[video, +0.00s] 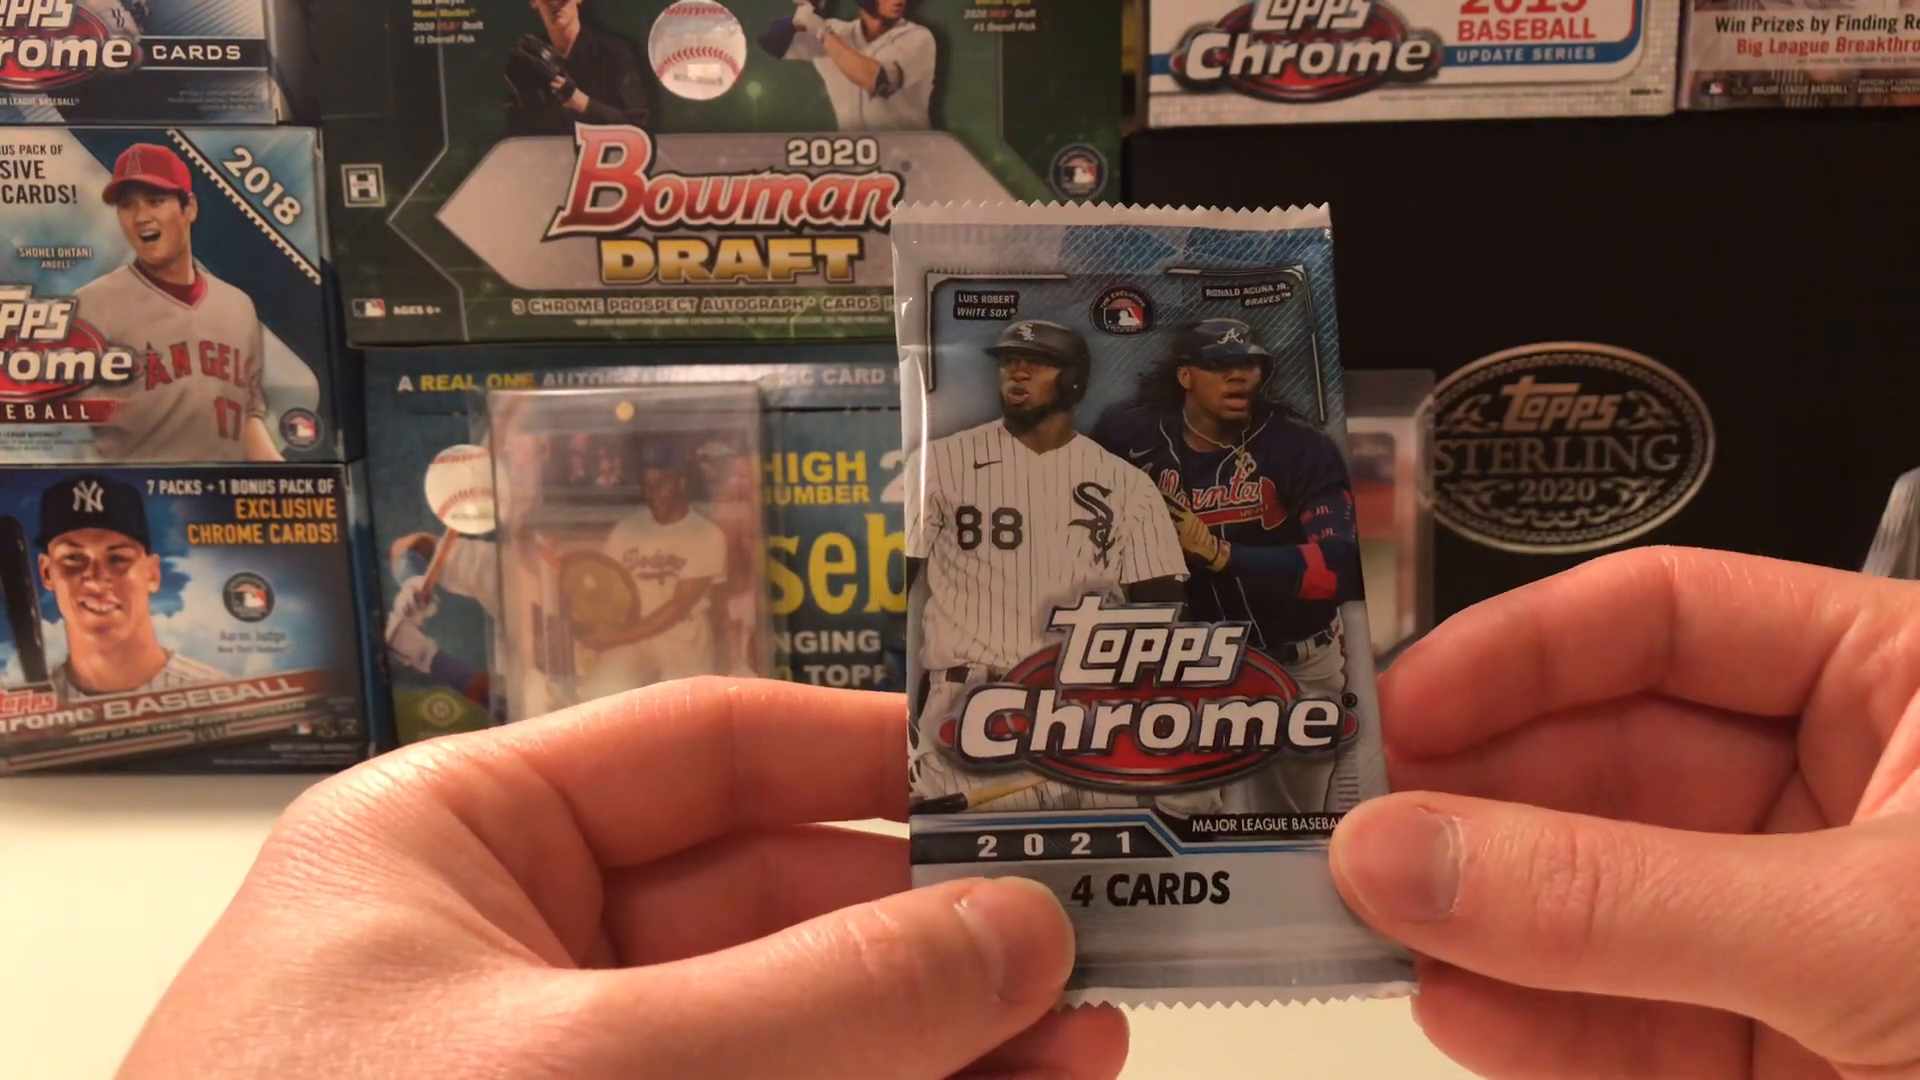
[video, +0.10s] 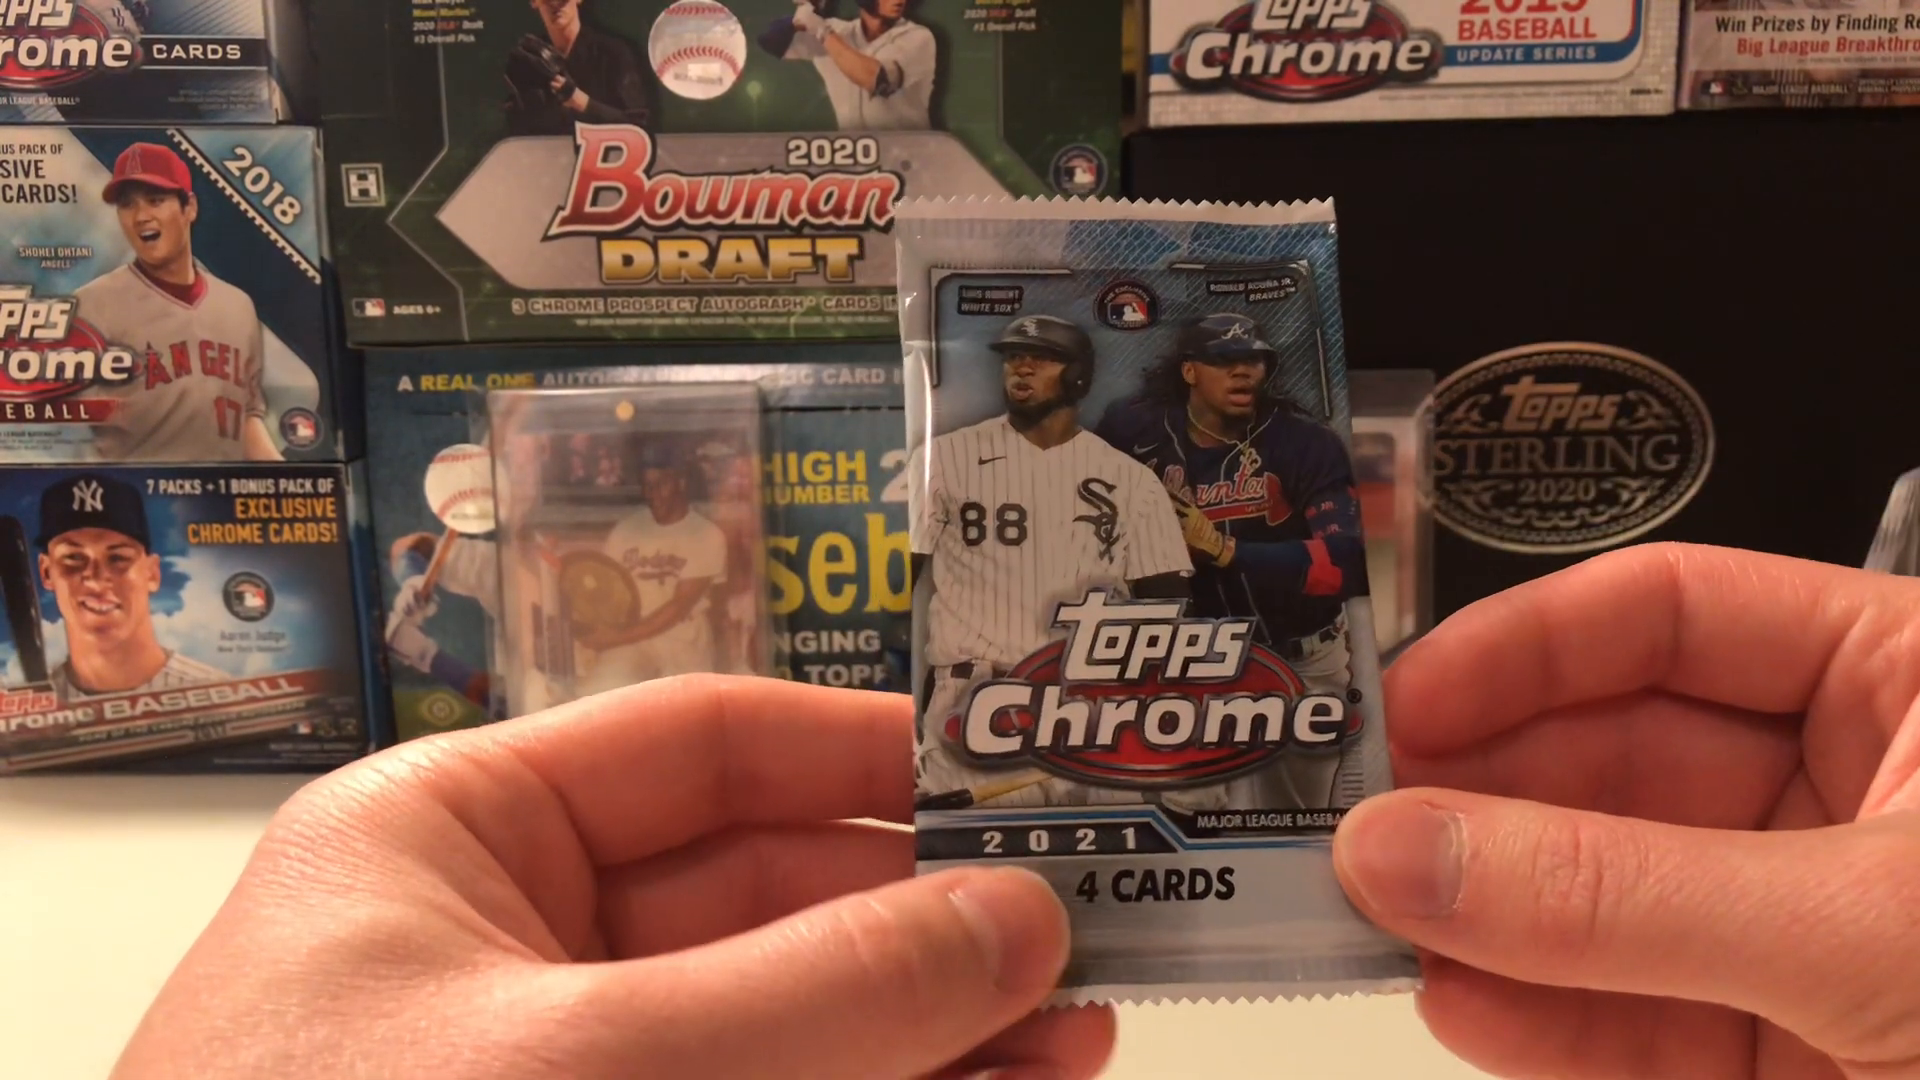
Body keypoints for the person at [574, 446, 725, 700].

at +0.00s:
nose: (653, 493)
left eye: (660, 484)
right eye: (648, 486)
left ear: (681, 484)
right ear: (642, 489)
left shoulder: (707, 536)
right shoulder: (624, 530)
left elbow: (680, 606)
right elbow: (602, 589)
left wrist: (616, 637)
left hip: (683, 644)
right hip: (628, 644)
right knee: (600, 698)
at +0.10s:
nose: (653, 493)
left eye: (660, 484)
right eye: (648, 486)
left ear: (681, 483)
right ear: (642, 489)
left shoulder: (707, 535)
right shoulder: (625, 529)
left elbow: (680, 607)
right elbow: (602, 587)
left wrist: (618, 637)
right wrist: (593, 627)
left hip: (683, 648)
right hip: (627, 647)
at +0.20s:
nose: (652, 495)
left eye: (660, 486)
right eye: (648, 486)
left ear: (682, 485)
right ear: (642, 489)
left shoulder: (707, 536)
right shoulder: (625, 530)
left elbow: (680, 606)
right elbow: (602, 588)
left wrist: (618, 637)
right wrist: (594, 629)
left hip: (682, 656)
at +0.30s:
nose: (652, 494)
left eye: (659, 486)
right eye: (648, 486)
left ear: (681, 485)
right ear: (642, 490)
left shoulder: (706, 536)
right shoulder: (625, 531)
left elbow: (680, 607)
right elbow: (603, 591)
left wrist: (618, 637)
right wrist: (596, 632)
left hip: (685, 660)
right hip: (626, 660)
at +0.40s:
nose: (654, 493)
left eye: (661, 484)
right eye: (648, 486)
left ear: (681, 484)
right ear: (643, 489)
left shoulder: (707, 535)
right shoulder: (625, 531)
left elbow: (680, 607)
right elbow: (603, 592)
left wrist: (617, 637)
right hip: (626, 660)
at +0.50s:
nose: (652, 494)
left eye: (660, 485)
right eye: (648, 486)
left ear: (681, 484)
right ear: (643, 489)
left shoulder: (707, 535)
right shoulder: (625, 531)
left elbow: (680, 606)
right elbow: (604, 590)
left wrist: (618, 637)